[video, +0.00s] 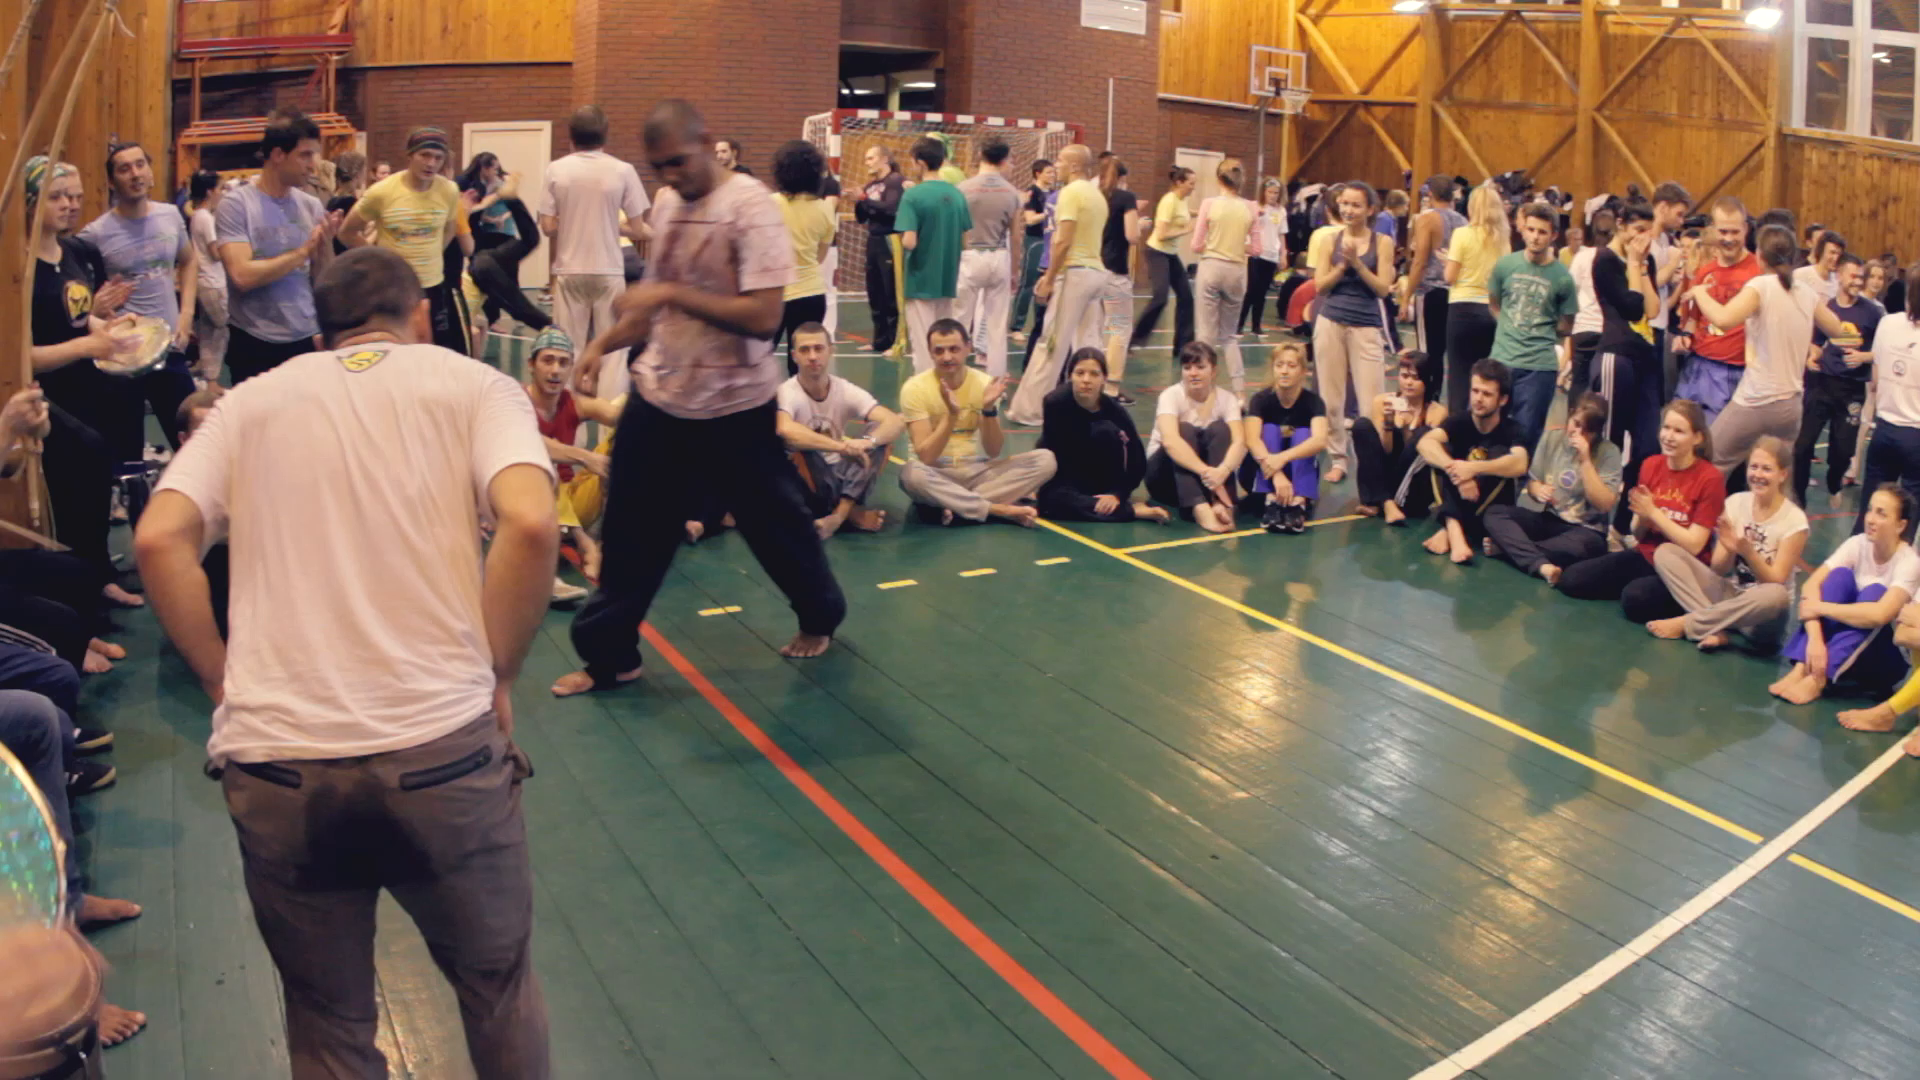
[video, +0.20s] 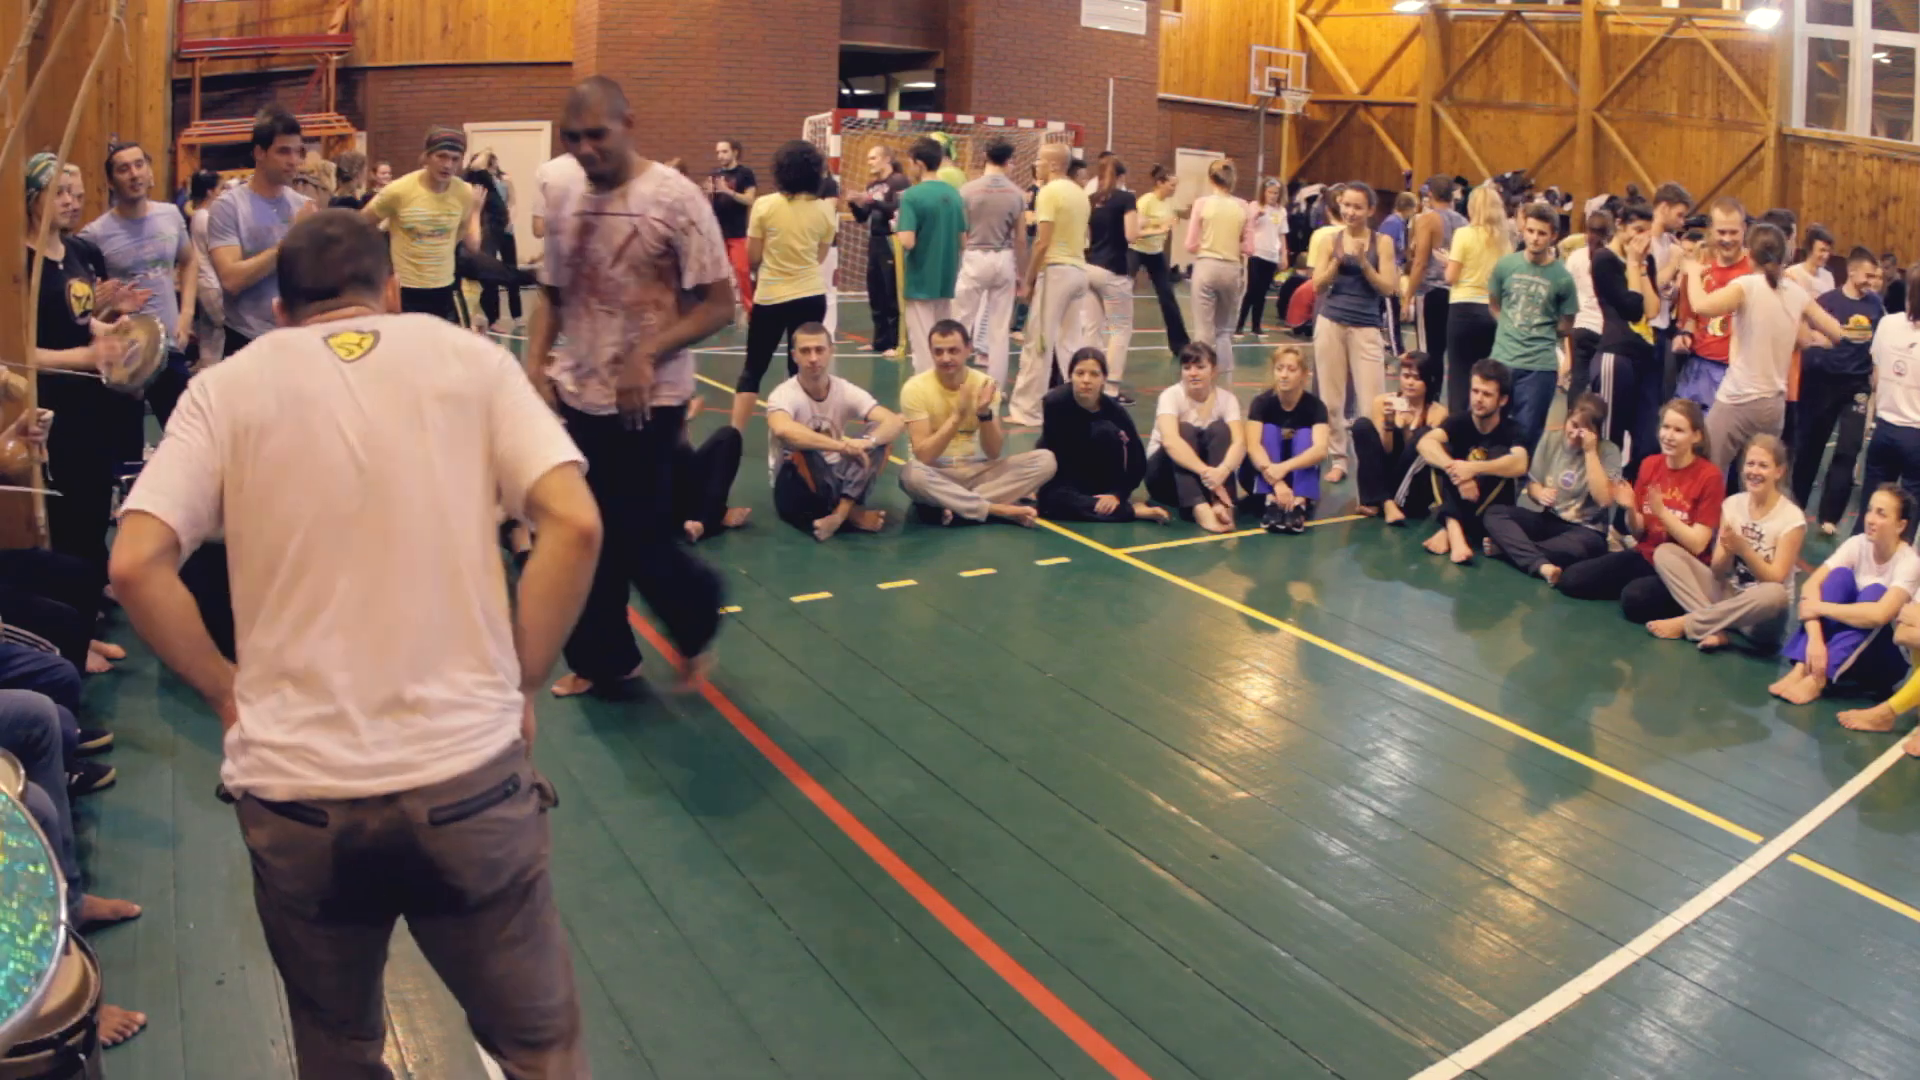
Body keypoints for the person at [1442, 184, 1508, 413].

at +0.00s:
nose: (1468, 209)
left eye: (1470, 205)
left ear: (1472, 207)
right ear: (1498, 208)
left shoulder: (1462, 234)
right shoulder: (1503, 238)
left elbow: (1450, 275)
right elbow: (1505, 274)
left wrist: (1447, 260)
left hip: (1462, 304)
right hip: (1491, 306)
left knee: (1458, 372)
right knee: (1484, 369)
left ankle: (1457, 425)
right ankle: (1483, 426)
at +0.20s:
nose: (1467, 210)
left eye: (1469, 206)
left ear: (1472, 208)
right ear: (1499, 209)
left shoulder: (1463, 234)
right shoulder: (1504, 238)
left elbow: (1451, 276)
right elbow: (1507, 274)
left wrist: (1447, 261)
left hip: (1463, 304)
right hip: (1492, 306)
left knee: (1459, 371)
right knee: (1485, 369)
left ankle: (1457, 424)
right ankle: (1484, 426)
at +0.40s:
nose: (1467, 210)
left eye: (1469, 206)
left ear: (1473, 207)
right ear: (1499, 209)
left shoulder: (1464, 234)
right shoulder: (1504, 239)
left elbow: (1451, 275)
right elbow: (1506, 274)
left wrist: (1448, 260)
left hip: (1464, 303)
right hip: (1492, 306)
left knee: (1459, 370)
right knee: (1485, 369)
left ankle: (1457, 423)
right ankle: (1483, 425)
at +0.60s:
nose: (1467, 210)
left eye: (1469, 206)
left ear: (1473, 207)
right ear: (1498, 208)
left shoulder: (1464, 234)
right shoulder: (1503, 239)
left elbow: (1452, 275)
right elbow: (1505, 274)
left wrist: (1447, 261)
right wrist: (1458, 259)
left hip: (1463, 304)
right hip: (1492, 305)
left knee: (1459, 371)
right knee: (1484, 368)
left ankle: (1457, 423)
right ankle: (1483, 425)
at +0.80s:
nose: (1468, 209)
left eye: (1470, 205)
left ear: (1473, 207)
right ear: (1499, 209)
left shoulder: (1463, 233)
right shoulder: (1503, 239)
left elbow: (1452, 275)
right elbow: (1505, 273)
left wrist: (1448, 262)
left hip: (1464, 303)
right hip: (1491, 305)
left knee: (1459, 371)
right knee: (1484, 369)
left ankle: (1458, 424)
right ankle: (1483, 426)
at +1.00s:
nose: (1468, 209)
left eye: (1470, 205)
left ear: (1473, 207)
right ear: (1499, 209)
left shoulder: (1464, 233)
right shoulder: (1504, 238)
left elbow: (1452, 275)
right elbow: (1506, 273)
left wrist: (1446, 261)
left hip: (1463, 303)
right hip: (1492, 305)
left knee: (1459, 371)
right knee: (1485, 369)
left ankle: (1458, 423)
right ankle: (1484, 425)